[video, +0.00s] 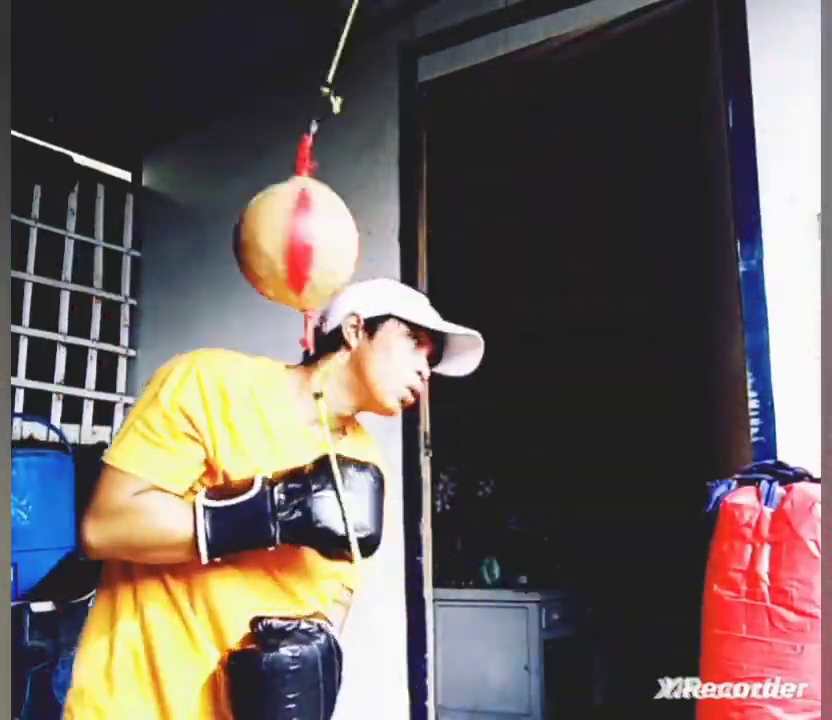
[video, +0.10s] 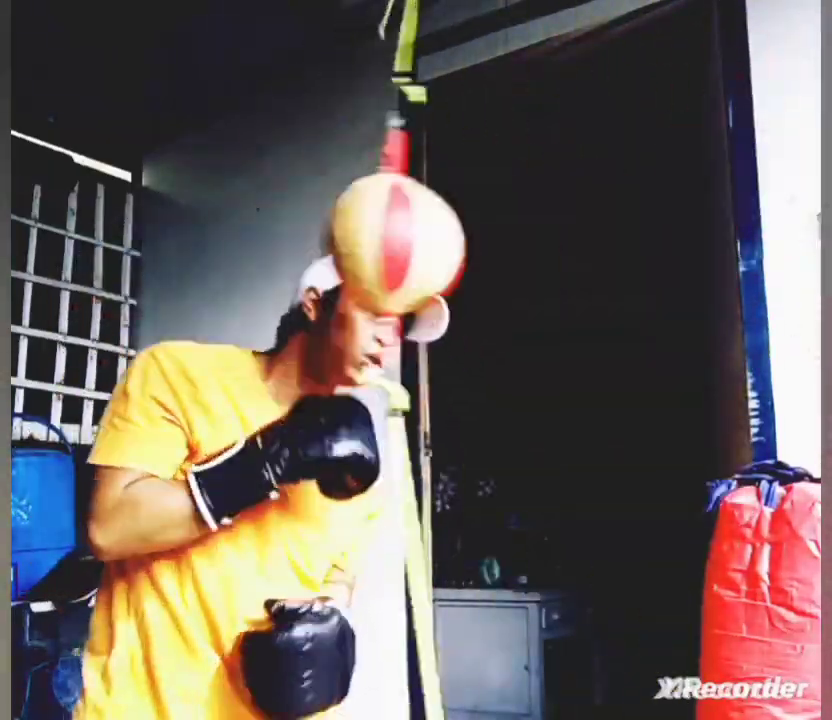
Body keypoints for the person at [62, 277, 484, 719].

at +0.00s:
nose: (426, 370)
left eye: (430, 355)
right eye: (414, 341)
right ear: (357, 330)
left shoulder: (364, 458)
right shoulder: (201, 381)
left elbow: (339, 589)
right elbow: (106, 525)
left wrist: (319, 651)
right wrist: (275, 511)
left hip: (259, 704)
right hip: (135, 698)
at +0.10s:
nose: (388, 341)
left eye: (400, 323)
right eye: (375, 314)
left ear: (408, 334)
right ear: (315, 303)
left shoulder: (362, 457)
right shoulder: (173, 373)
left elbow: (338, 575)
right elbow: (110, 529)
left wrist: (323, 633)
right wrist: (270, 461)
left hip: (270, 702)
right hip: (139, 699)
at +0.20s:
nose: (337, 305)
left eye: (350, 295)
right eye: (320, 276)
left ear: (356, 315)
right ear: (263, 274)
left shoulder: (354, 406)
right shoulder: (138, 380)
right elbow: (105, 547)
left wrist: (387, 531)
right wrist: (222, 452)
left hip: (306, 702)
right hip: (162, 698)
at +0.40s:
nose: (345, 267)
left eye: (356, 253)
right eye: (323, 244)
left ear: (365, 270)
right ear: (268, 251)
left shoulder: (390, 359)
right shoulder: (183, 366)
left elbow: (507, 417)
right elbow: (177, 523)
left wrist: (565, 346)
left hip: (382, 692)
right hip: (232, 696)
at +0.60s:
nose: (370, 248)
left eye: (383, 231)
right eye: (347, 229)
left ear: (404, 246)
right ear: (296, 244)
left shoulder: (448, 339)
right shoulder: (223, 342)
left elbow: (570, 346)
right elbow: (240, 470)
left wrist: (577, 265)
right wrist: (346, 344)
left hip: (392, 696)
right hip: (238, 695)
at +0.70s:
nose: (362, 254)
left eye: (380, 243)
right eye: (344, 231)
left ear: (393, 267)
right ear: (295, 242)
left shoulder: (410, 337)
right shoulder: (208, 354)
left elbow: (533, 369)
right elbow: (178, 515)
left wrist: (555, 286)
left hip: (387, 671)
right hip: (249, 672)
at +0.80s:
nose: (290, 275)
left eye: (308, 258)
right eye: (270, 251)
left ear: (323, 276)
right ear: (227, 265)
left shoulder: (374, 360)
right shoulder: (168, 384)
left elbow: (460, 476)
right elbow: (148, 538)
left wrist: (407, 499)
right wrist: (219, 421)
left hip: (372, 667)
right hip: (237, 677)